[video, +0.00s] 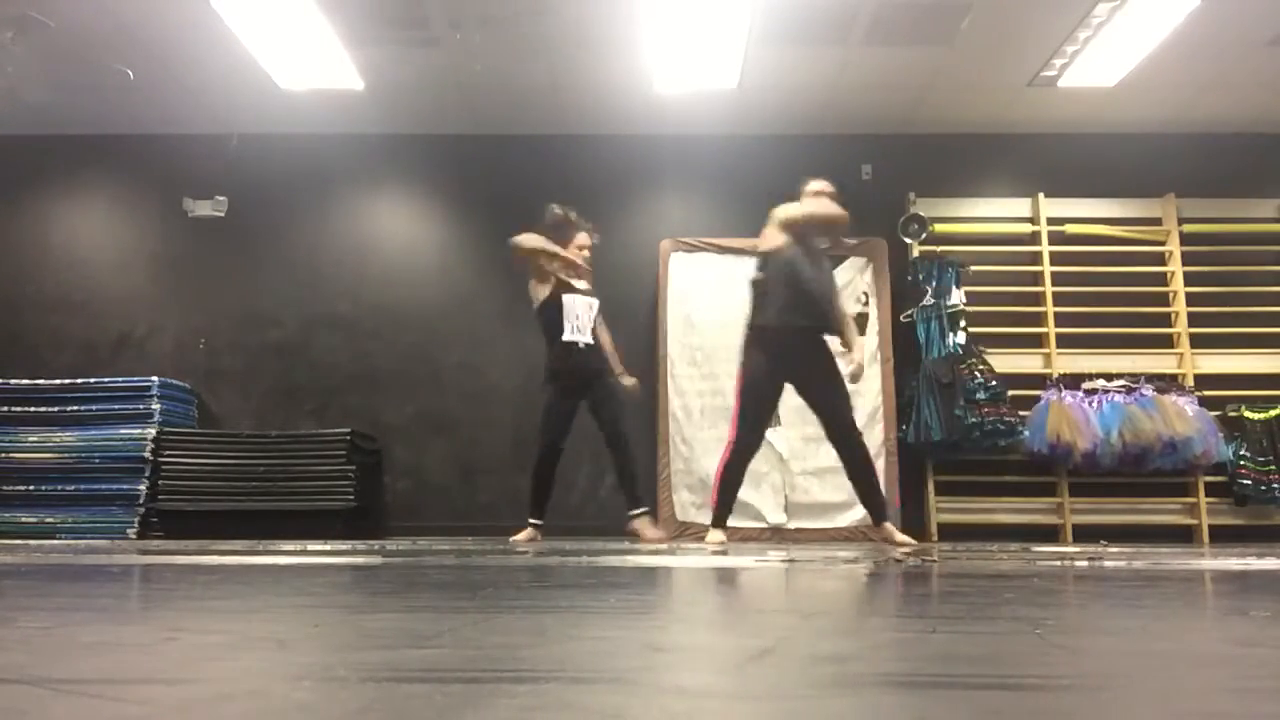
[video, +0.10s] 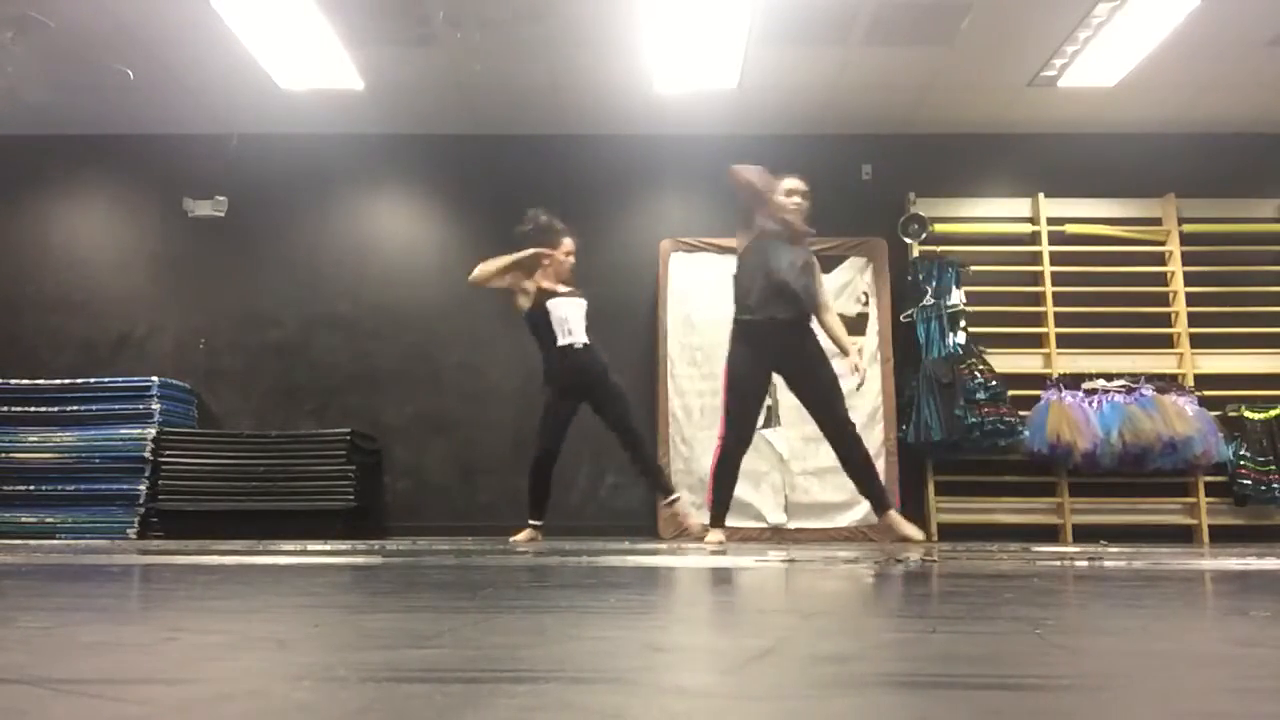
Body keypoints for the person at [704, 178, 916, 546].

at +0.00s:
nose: (826, 201)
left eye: (830, 196)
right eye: (818, 195)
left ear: (835, 206)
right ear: (800, 200)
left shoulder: (820, 259)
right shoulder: (778, 229)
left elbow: (836, 308)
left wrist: (854, 346)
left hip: (809, 347)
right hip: (766, 345)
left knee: (845, 434)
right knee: (746, 438)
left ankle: (881, 523)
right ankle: (717, 526)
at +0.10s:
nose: (797, 200)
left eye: (802, 195)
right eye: (789, 194)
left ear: (809, 204)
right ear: (772, 200)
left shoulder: (807, 256)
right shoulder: (753, 231)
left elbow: (824, 309)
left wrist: (850, 349)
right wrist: (772, 190)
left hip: (797, 341)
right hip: (750, 341)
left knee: (839, 427)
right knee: (736, 436)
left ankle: (886, 512)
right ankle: (716, 526)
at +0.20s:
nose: (774, 201)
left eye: (779, 196)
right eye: (765, 194)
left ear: (786, 205)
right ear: (748, 202)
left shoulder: (793, 248)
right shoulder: (734, 236)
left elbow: (813, 305)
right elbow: (677, 210)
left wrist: (840, 353)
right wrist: (714, 211)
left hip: (791, 341)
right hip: (743, 341)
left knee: (842, 427)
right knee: (731, 437)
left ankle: (902, 503)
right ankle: (717, 527)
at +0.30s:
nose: (751, 213)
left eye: (757, 208)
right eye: (743, 206)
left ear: (762, 216)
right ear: (728, 214)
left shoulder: (778, 250)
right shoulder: (718, 256)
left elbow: (801, 305)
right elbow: (667, 285)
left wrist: (829, 347)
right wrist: (701, 268)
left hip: (788, 351)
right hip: (741, 352)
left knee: (844, 426)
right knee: (730, 439)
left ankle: (917, 497)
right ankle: (720, 527)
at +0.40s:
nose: (739, 237)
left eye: (743, 230)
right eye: (731, 229)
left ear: (748, 237)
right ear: (713, 237)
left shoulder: (770, 275)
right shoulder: (707, 293)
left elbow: (803, 321)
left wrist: (825, 352)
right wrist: (704, 317)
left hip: (787, 375)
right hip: (738, 379)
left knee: (851, 437)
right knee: (718, 449)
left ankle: (932, 498)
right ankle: (719, 526)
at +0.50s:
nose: (742, 257)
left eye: (741, 251)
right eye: (731, 254)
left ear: (745, 258)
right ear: (714, 268)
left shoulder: (774, 295)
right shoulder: (710, 320)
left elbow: (809, 334)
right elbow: (722, 376)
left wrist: (816, 366)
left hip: (793, 391)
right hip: (744, 401)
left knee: (861, 446)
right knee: (719, 455)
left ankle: (937, 501)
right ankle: (721, 529)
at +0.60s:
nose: (761, 269)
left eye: (763, 263)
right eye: (750, 265)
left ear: (769, 270)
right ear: (735, 279)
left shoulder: (795, 307)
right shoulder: (731, 323)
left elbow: (811, 361)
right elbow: (758, 376)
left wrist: (805, 388)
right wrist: (799, 360)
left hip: (801, 384)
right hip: (756, 390)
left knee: (862, 442)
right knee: (731, 448)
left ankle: (940, 512)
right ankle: (721, 529)